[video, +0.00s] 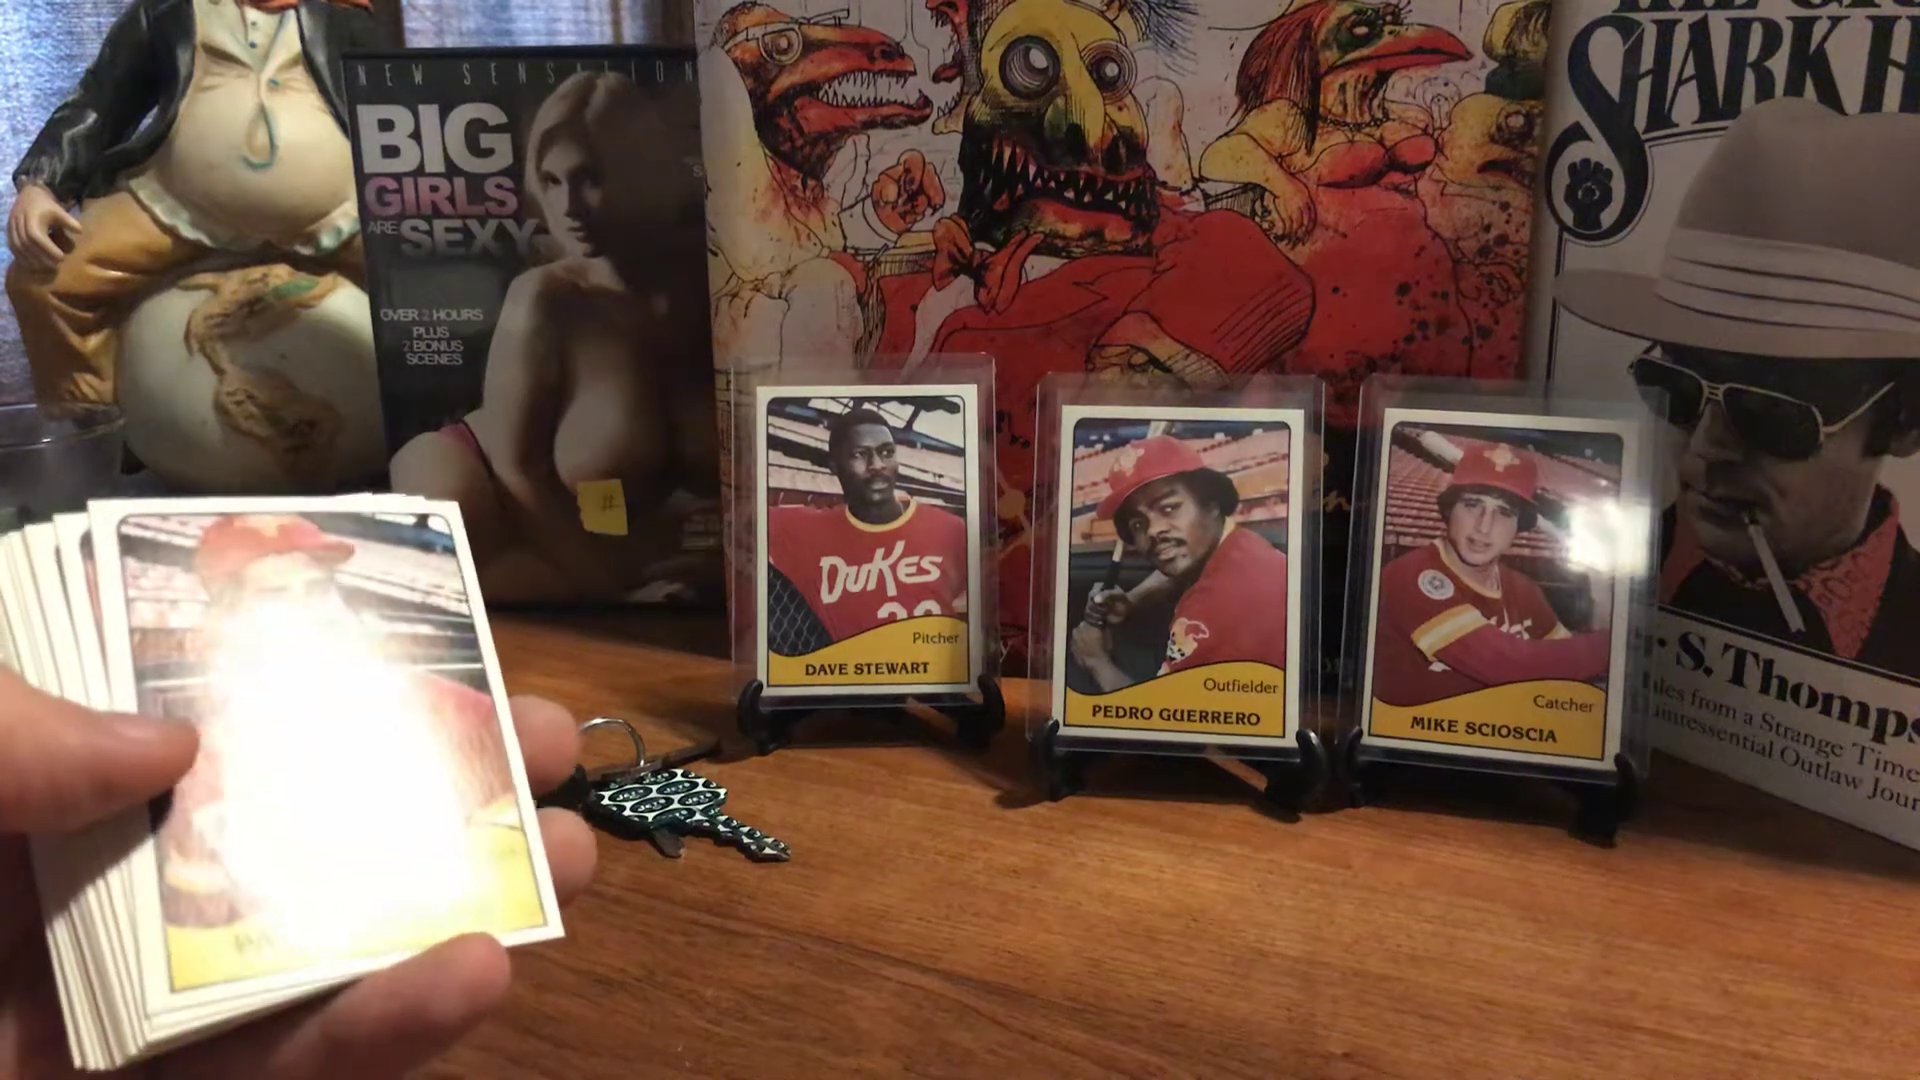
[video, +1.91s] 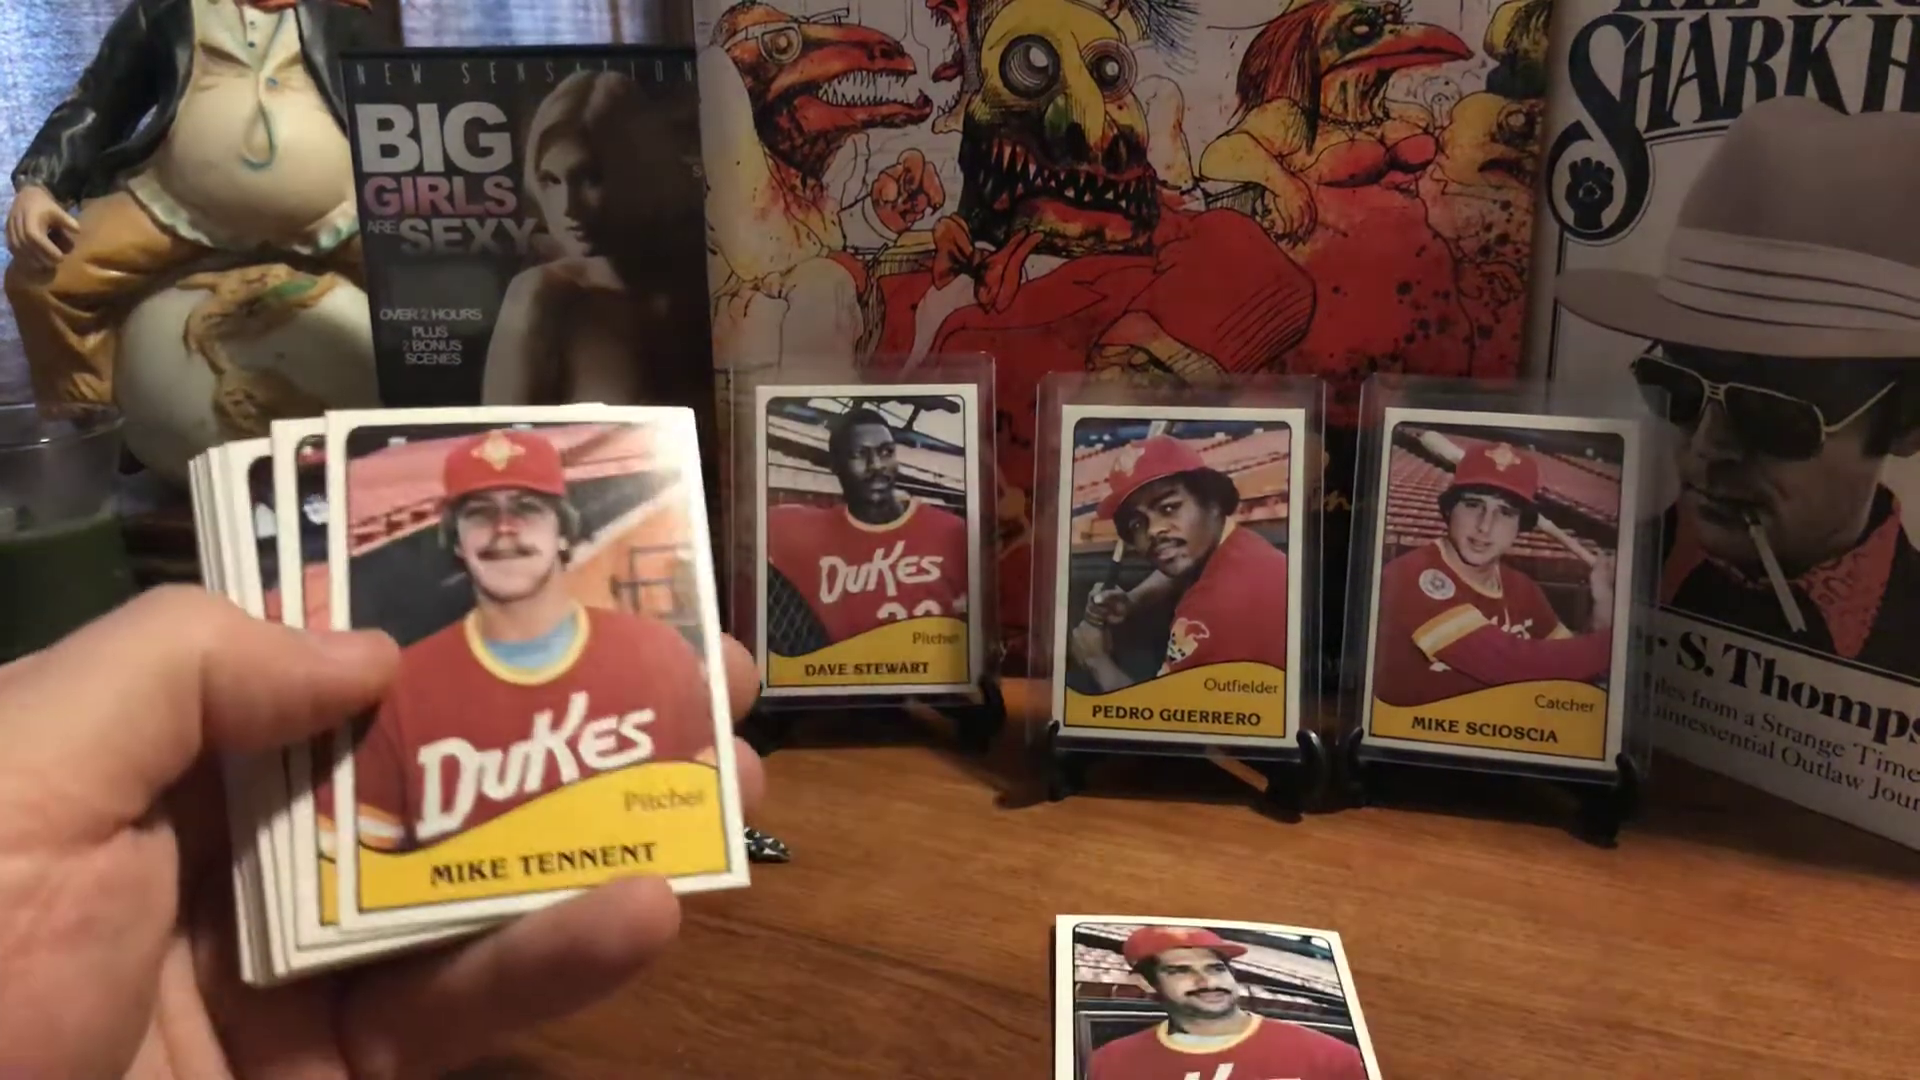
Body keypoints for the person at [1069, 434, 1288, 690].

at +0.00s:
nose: (1155, 530)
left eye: (1169, 508)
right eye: (1139, 523)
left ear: (1211, 505)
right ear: (1133, 540)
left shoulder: (1208, 610)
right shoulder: (1249, 545)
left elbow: (1162, 720)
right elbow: (1185, 565)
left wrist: (1098, 662)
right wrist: (1132, 602)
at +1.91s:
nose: (1155, 530)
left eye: (1169, 508)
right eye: (1138, 524)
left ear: (1213, 503)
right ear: (1132, 540)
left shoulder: (1213, 607)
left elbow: (1161, 721)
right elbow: (1183, 564)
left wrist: (1097, 661)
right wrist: (1133, 602)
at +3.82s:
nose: (1156, 530)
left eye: (1171, 508)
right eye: (1140, 521)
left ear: (1215, 506)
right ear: (1133, 537)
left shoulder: (1212, 604)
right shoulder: (1249, 546)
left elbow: (1162, 721)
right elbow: (1184, 566)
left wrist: (1098, 663)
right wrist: (1133, 601)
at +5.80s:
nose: (1156, 530)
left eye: (1170, 508)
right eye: (1140, 521)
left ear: (1213, 504)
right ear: (1133, 539)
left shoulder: (1213, 605)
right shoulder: (1250, 545)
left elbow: (1158, 718)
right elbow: (1183, 564)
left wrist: (1098, 662)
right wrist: (1131, 602)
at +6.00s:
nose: (1156, 531)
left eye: (1170, 508)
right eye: (1140, 522)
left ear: (1214, 506)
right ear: (1134, 540)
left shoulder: (1212, 607)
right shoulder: (1248, 544)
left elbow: (1159, 720)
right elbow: (1185, 565)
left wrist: (1098, 663)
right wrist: (1133, 602)